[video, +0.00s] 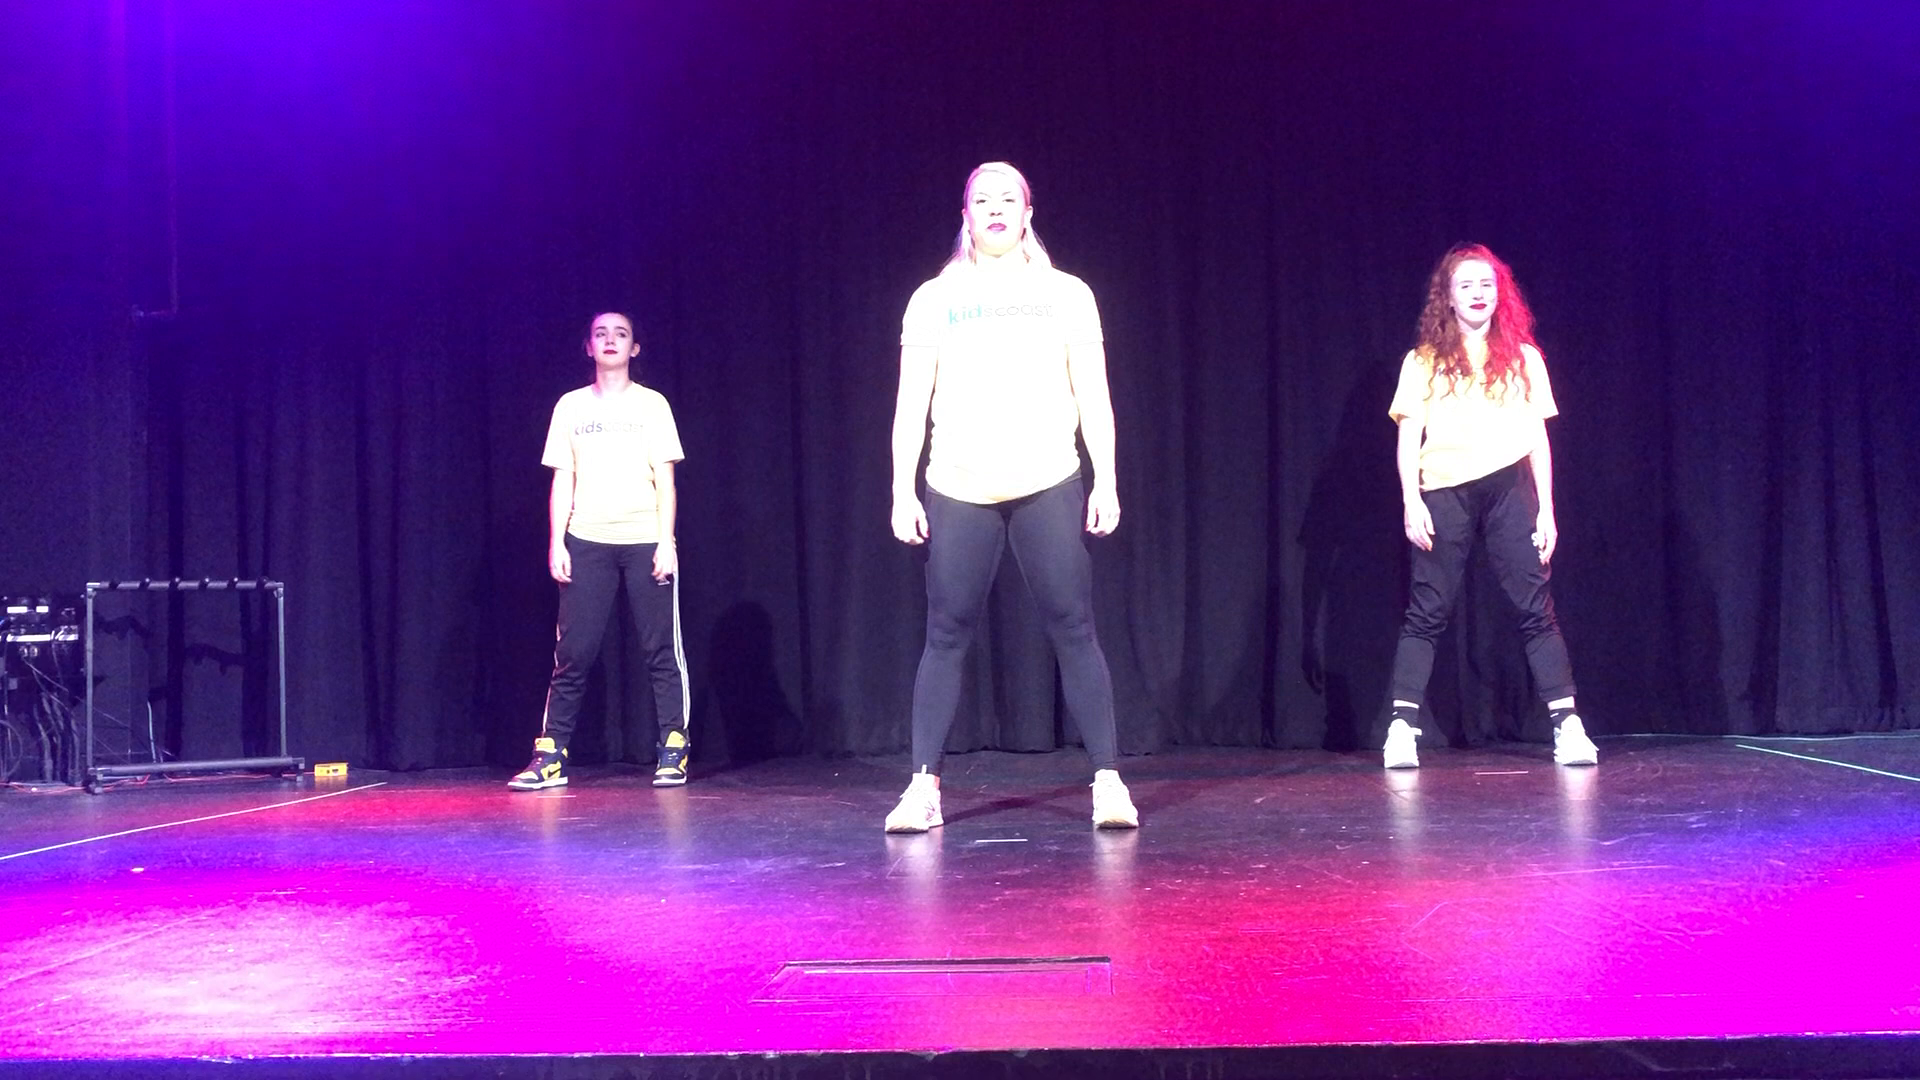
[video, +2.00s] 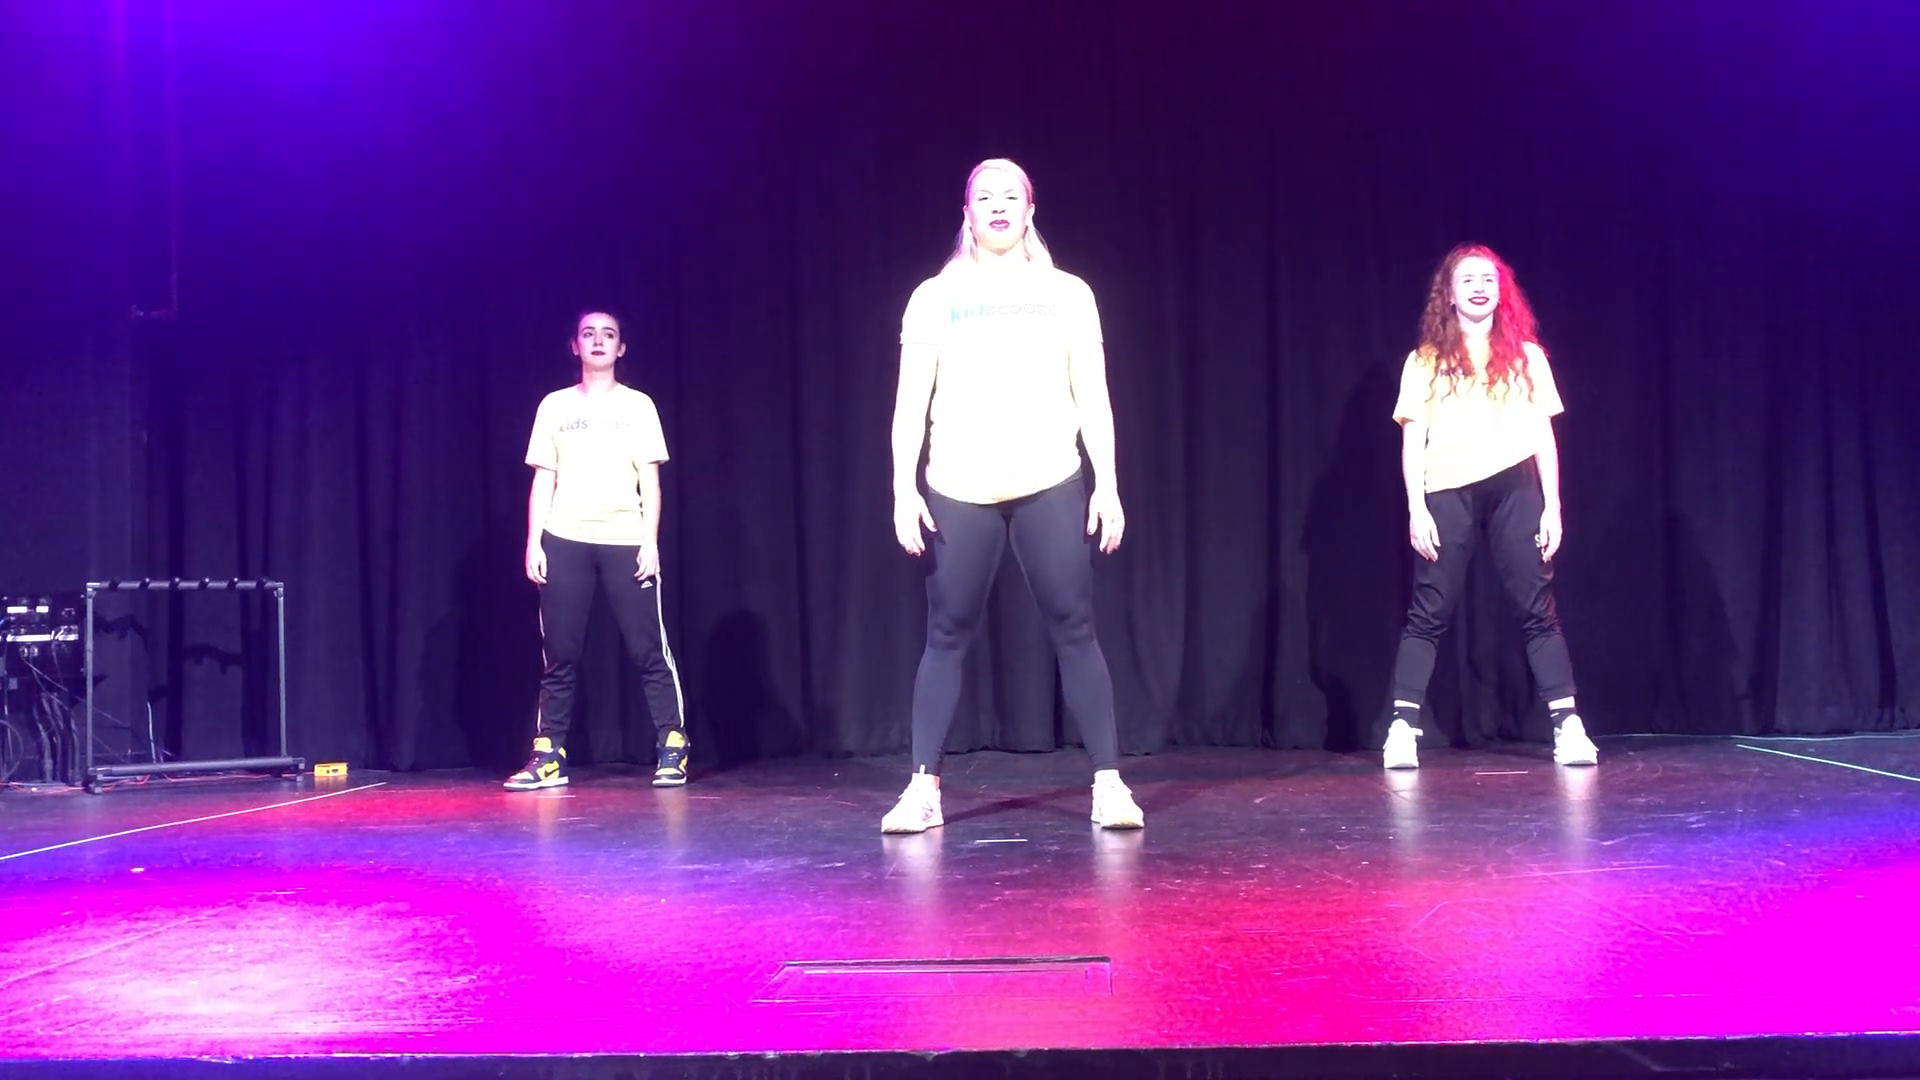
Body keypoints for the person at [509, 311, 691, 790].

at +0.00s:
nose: (609, 340)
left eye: (619, 334)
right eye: (601, 334)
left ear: (635, 348)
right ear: (588, 348)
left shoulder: (653, 404)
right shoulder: (569, 406)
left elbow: (665, 479)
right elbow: (563, 480)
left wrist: (666, 541)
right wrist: (557, 542)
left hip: (646, 541)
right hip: (587, 542)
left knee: (659, 649)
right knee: (572, 652)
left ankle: (674, 749)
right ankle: (551, 756)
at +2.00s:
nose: (598, 341)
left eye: (607, 335)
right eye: (589, 334)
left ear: (620, 347)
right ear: (575, 346)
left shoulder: (638, 405)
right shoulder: (554, 405)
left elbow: (650, 480)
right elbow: (542, 479)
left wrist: (650, 542)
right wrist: (534, 542)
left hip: (626, 542)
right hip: (565, 542)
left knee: (648, 652)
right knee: (559, 655)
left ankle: (672, 748)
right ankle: (550, 756)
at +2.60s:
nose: (600, 339)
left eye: (609, 332)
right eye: (591, 332)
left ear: (623, 345)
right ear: (578, 345)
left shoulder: (642, 403)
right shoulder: (558, 405)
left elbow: (654, 478)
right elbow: (544, 478)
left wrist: (656, 541)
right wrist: (521, 541)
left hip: (631, 541)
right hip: (569, 542)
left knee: (651, 650)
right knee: (560, 655)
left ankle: (673, 748)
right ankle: (550, 756)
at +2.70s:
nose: (582, 338)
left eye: (591, 331)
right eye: (573, 332)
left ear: (610, 345)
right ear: (562, 346)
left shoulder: (632, 399)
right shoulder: (553, 408)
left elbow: (649, 477)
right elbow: (526, 476)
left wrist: (651, 540)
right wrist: (478, 488)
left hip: (626, 538)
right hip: (569, 539)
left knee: (648, 652)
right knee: (558, 653)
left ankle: (672, 746)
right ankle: (550, 756)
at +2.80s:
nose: (549, 342)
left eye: (560, 334)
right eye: (541, 336)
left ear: (583, 347)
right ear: (535, 353)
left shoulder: (608, 398)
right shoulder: (540, 413)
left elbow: (637, 465)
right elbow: (497, 457)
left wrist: (645, 535)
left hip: (625, 541)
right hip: (574, 546)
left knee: (647, 653)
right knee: (556, 653)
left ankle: (673, 746)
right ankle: (549, 757)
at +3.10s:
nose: (486, 371)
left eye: (497, 362)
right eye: (482, 364)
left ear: (524, 373)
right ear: (481, 379)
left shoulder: (546, 415)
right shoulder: (509, 436)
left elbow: (590, 474)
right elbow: (466, 476)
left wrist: (609, 547)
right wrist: (472, 417)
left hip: (619, 541)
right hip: (579, 551)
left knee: (642, 649)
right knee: (555, 651)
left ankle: (696, 746)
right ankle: (549, 757)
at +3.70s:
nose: (535, 361)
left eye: (547, 354)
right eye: (528, 353)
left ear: (566, 368)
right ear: (519, 366)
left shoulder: (589, 411)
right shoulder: (528, 427)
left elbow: (633, 468)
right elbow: (493, 460)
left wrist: (651, 519)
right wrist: (512, 402)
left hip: (626, 552)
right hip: (574, 555)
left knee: (643, 655)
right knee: (544, 649)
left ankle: (707, 745)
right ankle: (548, 759)